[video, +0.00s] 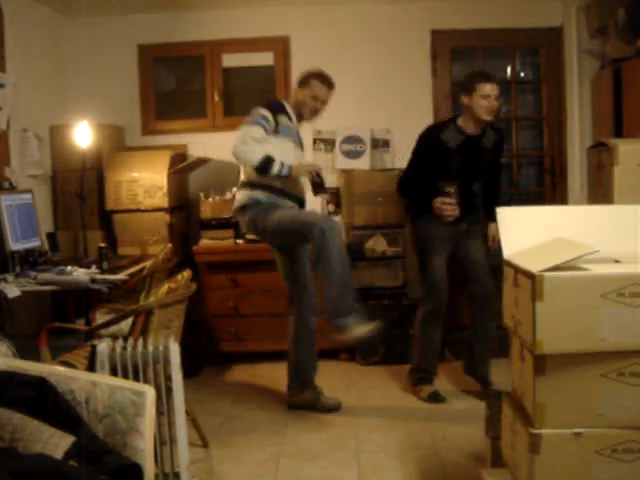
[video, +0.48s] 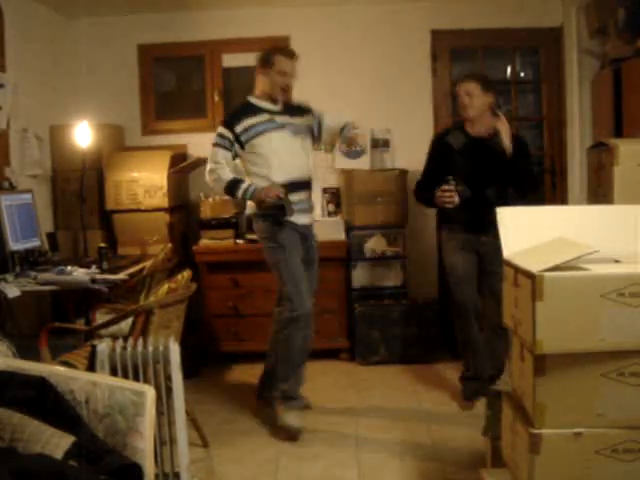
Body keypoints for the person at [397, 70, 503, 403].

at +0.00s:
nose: (493, 104)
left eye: (496, 98)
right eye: (486, 98)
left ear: (498, 102)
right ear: (465, 100)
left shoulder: (493, 138)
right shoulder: (435, 137)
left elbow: (493, 185)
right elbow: (407, 184)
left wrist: (493, 220)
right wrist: (430, 204)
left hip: (472, 224)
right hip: (434, 225)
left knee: (484, 291)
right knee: (437, 294)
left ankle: (479, 369)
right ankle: (423, 374)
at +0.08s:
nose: (500, 103)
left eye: (503, 97)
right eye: (494, 97)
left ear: (505, 101)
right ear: (474, 98)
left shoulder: (499, 136)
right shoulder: (442, 132)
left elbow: (495, 183)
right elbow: (412, 180)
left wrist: (493, 220)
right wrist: (434, 196)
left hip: (473, 221)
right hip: (436, 220)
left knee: (483, 294)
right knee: (444, 292)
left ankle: (491, 374)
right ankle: (431, 372)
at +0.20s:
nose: (511, 123)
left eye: (516, 117)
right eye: (504, 116)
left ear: (520, 122)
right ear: (486, 119)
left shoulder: (512, 163)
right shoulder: (457, 147)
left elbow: (509, 209)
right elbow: (419, 188)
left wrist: (505, 245)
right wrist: (440, 199)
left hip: (482, 240)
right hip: (444, 238)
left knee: (488, 309)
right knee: (453, 309)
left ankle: (487, 378)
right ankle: (468, 383)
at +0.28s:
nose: (511, 128)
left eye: (516, 122)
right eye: (504, 122)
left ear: (521, 128)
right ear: (488, 126)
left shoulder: (515, 169)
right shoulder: (459, 154)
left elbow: (512, 214)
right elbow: (420, 192)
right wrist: (440, 200)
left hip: (486, 245)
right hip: (448, 243)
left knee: (490, 313)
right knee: (459, 314)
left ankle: (490, 380)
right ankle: (476, 392)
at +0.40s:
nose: (488, 125)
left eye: (495, 119)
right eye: (483, 119)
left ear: (508, 124)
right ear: (476, 124)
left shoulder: (516, 168)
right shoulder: (456, 158)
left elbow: (523, 224)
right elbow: (422, 199)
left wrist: (511, 206)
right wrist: (439, 203)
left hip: (498, 250)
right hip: (458, 248)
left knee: (501, 315)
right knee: (471, 313)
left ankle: (493, 379)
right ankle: (477, 393)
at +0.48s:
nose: (462, 101)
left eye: (469, 95)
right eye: (459, 96)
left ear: (489, 99)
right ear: (456, 102)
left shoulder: (510, 141)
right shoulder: (447, 140)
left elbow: (527, 189)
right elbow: (422, 189)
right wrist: (434, 197)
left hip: (499, 233)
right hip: (457, 234)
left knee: (497, 303)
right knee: (464, 303)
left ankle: (493, 372)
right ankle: (473, 375)